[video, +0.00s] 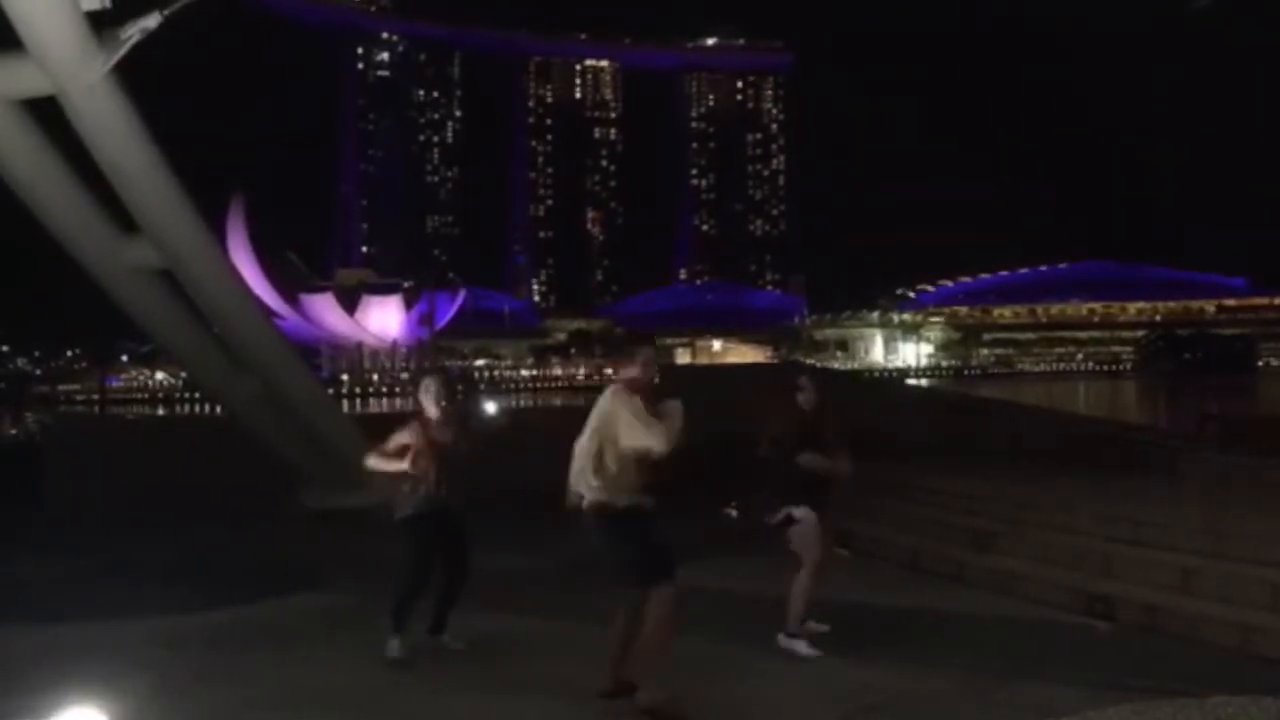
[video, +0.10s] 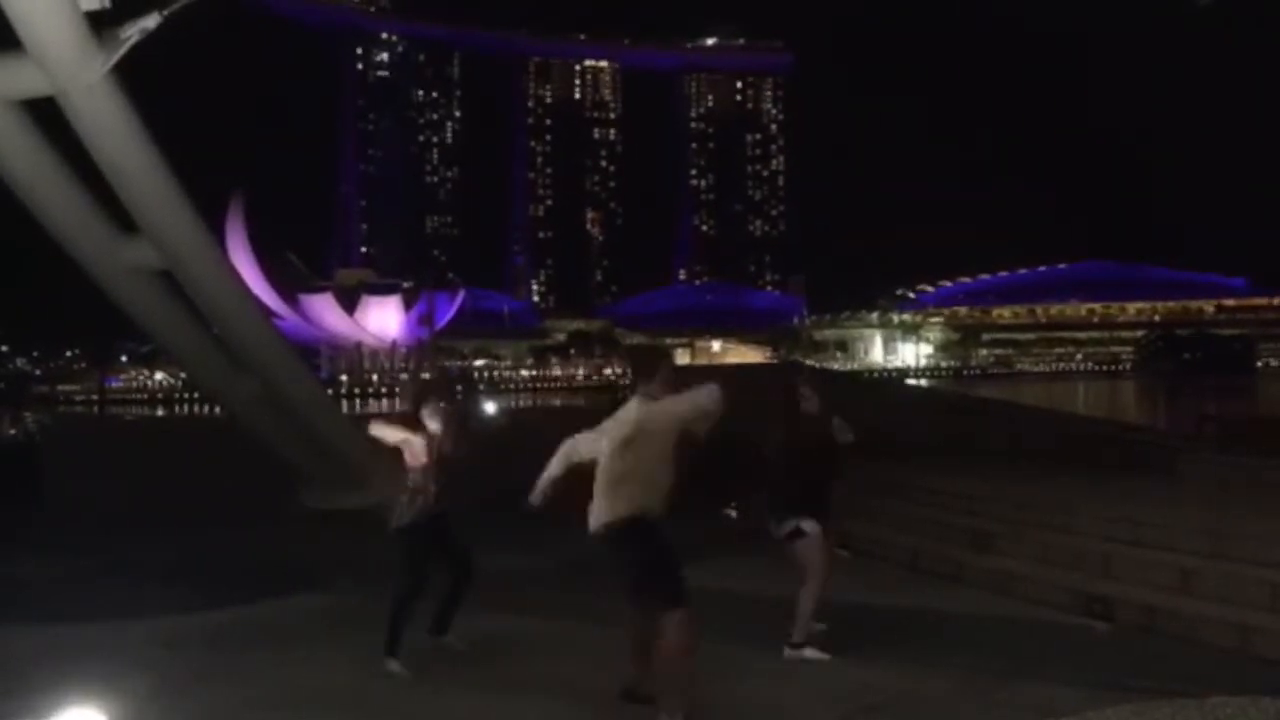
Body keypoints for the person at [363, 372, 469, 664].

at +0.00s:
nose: (435, 400)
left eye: (440, 393)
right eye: (429, 394)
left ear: (448, 397)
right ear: (419, 398)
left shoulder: (454, 432)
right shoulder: (413, 431)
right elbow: (371, 459)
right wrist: (403, 465)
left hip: (445, 508)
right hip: (414, 511)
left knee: (456, 569)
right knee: (416, 572)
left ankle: (438, 629)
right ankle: (396, 633)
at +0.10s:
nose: (437, 416)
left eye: (441, 410)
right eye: (431, 411)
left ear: (448, 414)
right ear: (421, 415)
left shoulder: (447, 442)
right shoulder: (413, 441)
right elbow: (374, 427)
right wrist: (405, 437)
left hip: (439, 517)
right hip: (412, 519)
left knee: (462, 568)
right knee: (412, 581)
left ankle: (439, 630)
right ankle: (391, 653)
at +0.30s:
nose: (462, 414)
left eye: (463, 407)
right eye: (459, 407)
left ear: (434, 405)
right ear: (445, 407)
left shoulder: (414, 428)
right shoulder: (431, 438)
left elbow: (380, 441)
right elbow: (469, 457)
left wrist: (361, 441)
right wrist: (483, 438)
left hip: (421, 520)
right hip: (426, 526)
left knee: (456, 578)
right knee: (429, 585)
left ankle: (444, 633)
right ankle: (399, 642)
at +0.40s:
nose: (466, 401)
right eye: (466, 396)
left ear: (431, 391)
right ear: (456, 397)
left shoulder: (410, 420)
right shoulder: (453, 428)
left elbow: (377, 440)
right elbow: (486, 462)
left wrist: (364, 435)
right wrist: (488, 434)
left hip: (413, 507)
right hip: (442, 512)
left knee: (435, 566)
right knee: (460, 564)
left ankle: (436, 619)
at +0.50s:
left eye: (429, 395)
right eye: (449, 396)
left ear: (424, 395)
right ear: (454, 395)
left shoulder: (410, 422)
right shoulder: (465, 425)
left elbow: (388, 455)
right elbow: (480, 462)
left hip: (422, 515)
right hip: (459, 514)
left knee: (435, 572)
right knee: (464, 564)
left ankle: (451, 632)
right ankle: (469, 616)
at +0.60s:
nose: (420, 401)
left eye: (422, 396)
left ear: (425, 396)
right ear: (453, 394)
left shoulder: (419, 427)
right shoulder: (467, 424)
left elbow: (410, 476)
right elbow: (478, 468)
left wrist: (401, 478)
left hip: (434, 517)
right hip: (468, 514)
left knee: (442, 578)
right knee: (473, 571)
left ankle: (467, 637)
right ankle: (492, 630)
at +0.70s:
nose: (412, 412)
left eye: (416, 405)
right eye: (412, 404)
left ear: (426, 405)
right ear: (441, 400)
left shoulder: (432, 431)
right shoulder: (451, 425)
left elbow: (431, 475)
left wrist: (411, 495)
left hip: (443, 519)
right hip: (461, 517)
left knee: (434, 577)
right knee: (472, 573)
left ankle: (467, 635)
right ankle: (499, 630)